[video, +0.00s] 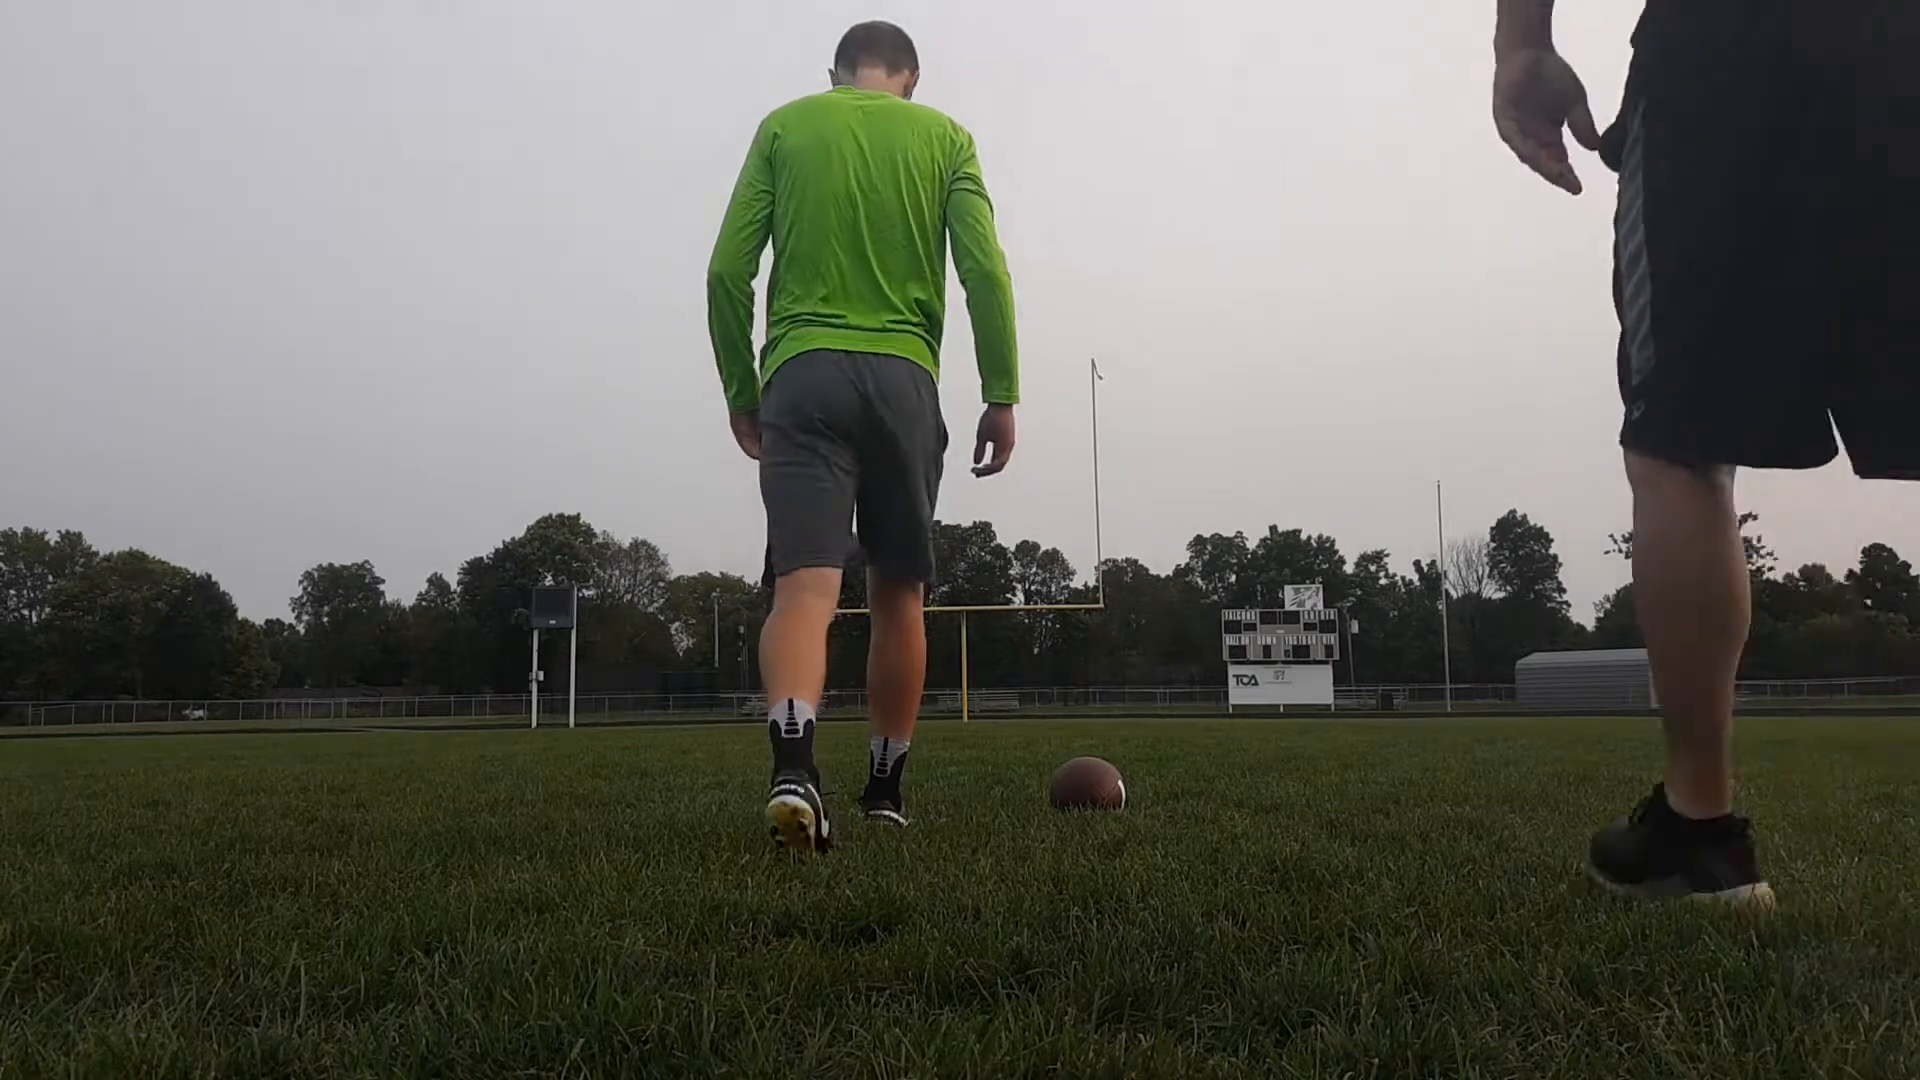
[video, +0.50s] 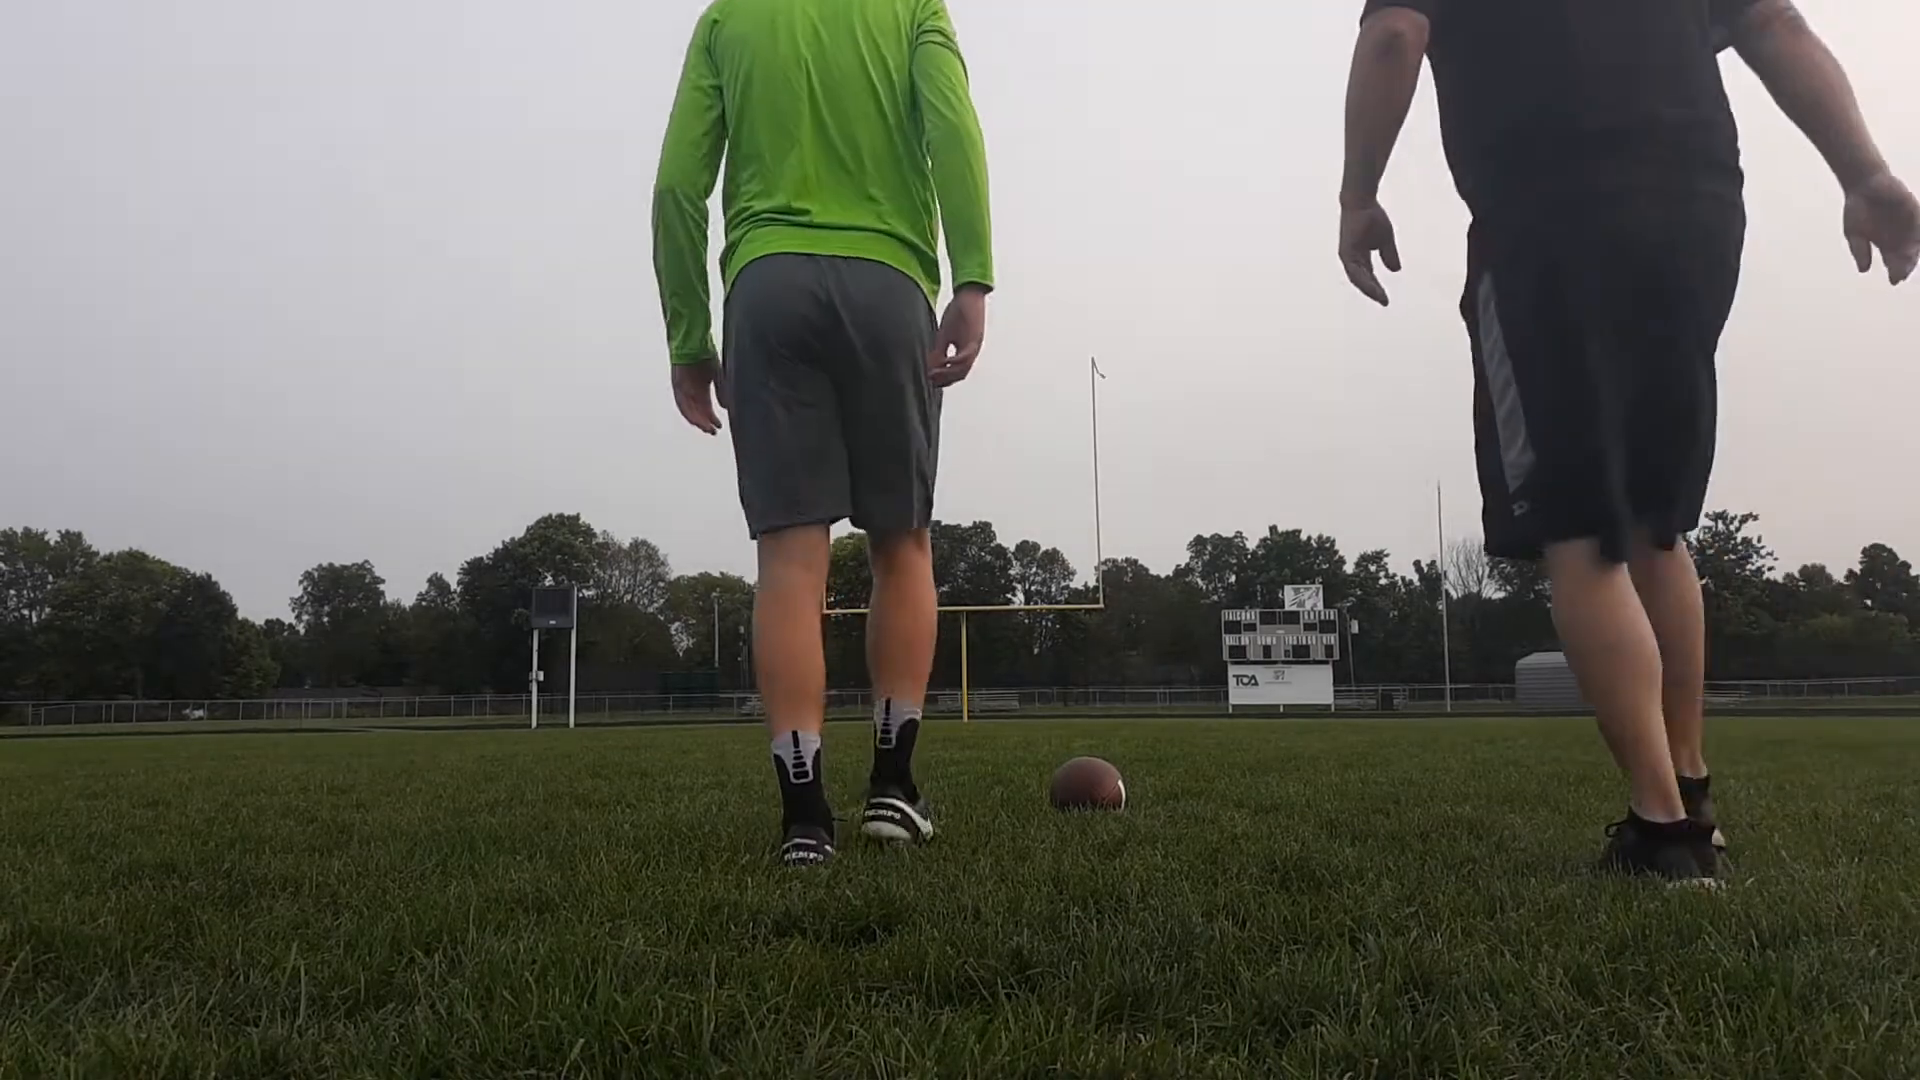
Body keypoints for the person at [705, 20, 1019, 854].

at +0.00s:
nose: (905, 95)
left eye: (894, 84)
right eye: (910, 84)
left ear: (836, 72)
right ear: (908, 78)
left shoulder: (784, 126)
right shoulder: (943, 134)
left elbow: (726, 269)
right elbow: (984, 264)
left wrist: (742, 393)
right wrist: (1001, 395)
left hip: (803, 366)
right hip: (902, 374)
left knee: (806, 581)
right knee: (900, 592)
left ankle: (793, 769)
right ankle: (885, 793)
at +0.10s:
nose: (888, 78)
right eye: (893, 66)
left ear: (817, 58)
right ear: (893, 59)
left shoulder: (768, 113)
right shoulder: (934, 118)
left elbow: (712, 263)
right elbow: (980, 250)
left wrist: (733, 386)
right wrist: (995, 380)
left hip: (793, 357)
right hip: (896, 365)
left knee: (801, 584)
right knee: (893, 593)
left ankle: (805, 809)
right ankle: (886, 795)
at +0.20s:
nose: (868, 50)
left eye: (819, 40)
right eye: (873, 38)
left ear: (797, 34)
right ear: (874, 33)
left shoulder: (754, 93)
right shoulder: (923, 91)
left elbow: (698, 258)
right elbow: (972, 219)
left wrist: (720, 384)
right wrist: (983, 357)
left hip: (788, 342)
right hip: (894, 350)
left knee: (795, 582)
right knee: (887, 586)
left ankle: (804, 818)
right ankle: (887, 786)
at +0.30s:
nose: (870, 18)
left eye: (797, 16)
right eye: (873, 12)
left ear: (788, 10)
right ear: (867, 8)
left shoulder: (741, 68)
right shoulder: (920, 64)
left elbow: (694, 238)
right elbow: (962, 191)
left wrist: (711, 371)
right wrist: (975, 333)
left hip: (780, 329)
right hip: (890, 333)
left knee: (796, 571)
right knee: (889, 569)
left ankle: (806, 816)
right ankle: (880, 785)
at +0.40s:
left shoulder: (733, 36)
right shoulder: (913, 25)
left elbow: (686, 208)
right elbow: (954, 150)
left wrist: (701, 350)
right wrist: (971, 300)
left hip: (775, 296)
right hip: (887, 299)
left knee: (793, 556)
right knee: (896, 550)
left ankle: (805, 815)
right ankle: (886, 784)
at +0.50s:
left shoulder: (726, 16)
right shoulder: (915, 11)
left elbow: (676, 184)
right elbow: (952, 122)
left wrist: (688, 339)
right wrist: (972, 281)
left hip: (768, 282)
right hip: (884, 281)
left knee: (790, 553)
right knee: (902, 541)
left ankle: (804, 819)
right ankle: (892, 789)